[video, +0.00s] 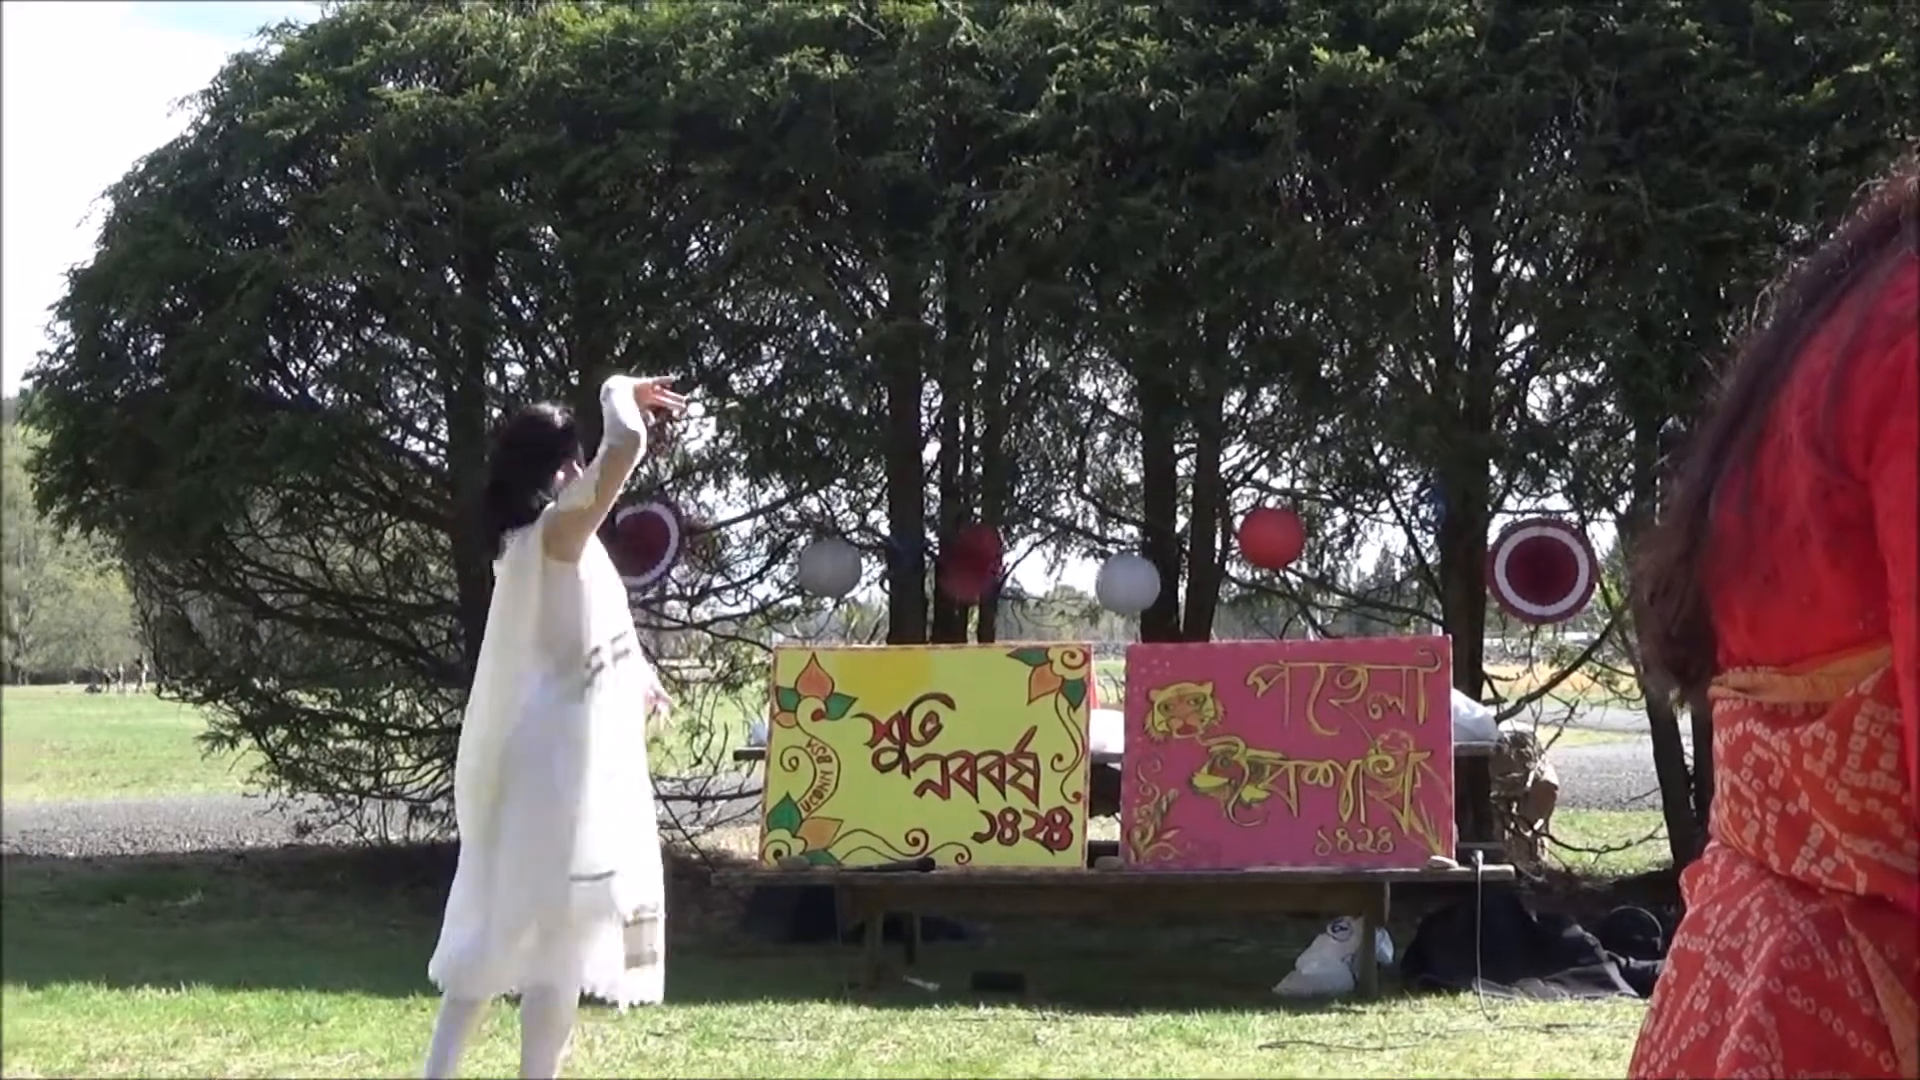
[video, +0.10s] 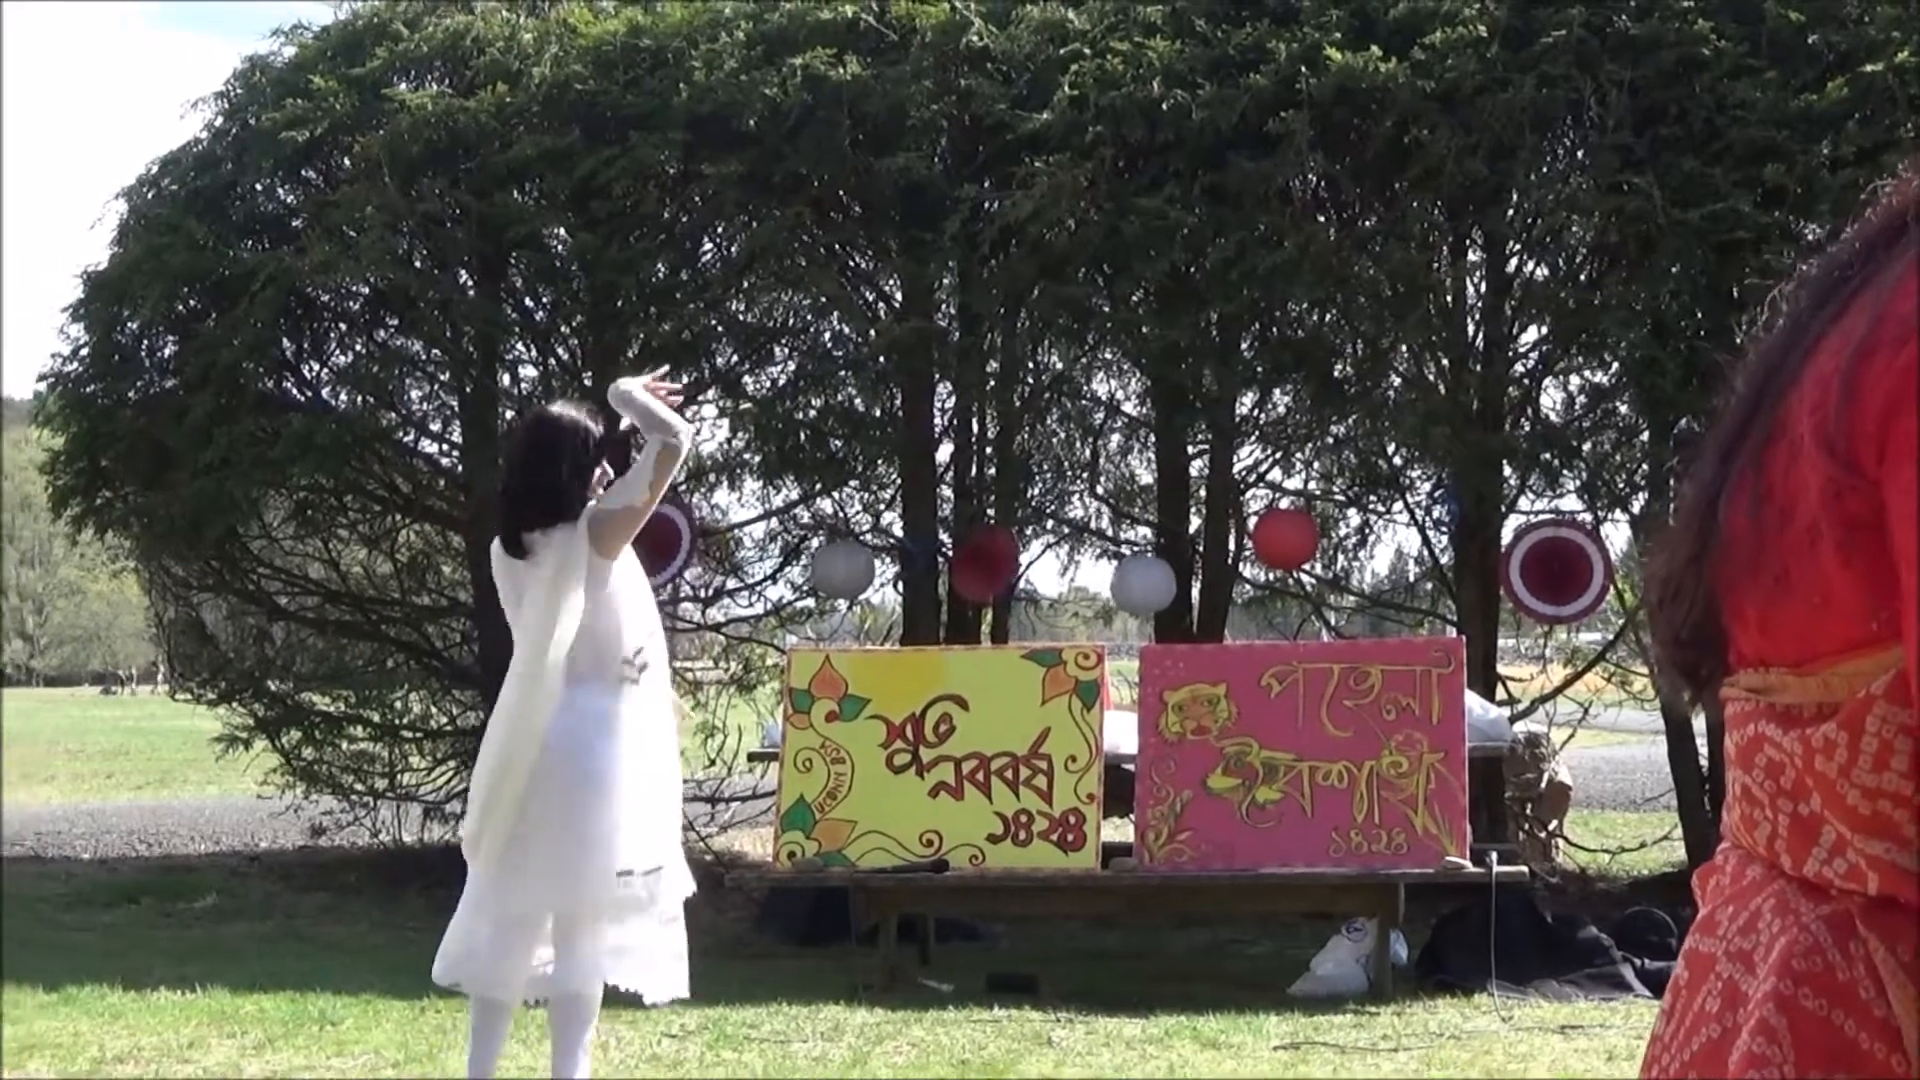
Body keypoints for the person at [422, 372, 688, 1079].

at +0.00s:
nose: (588, 473)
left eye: (586, 460)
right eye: (579, 459)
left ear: (528, 475)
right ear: (557, 472)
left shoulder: (559, 548)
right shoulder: (545, 542)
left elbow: (583, 644)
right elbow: (599, 488)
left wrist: (639, 677)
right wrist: (627, 412)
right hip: (550, 772)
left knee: (491, 934)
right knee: (558, 939)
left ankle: (438, 1067)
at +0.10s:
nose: (605, 472)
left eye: (602, 459)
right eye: (596, 458)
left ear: (524, 468)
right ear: (575, 470)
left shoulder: (507, 550)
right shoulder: (593, 538)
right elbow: (672, 445)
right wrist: (627, 395)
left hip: (531, 738)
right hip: (594, 745)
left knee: (510, 915)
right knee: (582, 922)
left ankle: (479, 1068)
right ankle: (570, 1070)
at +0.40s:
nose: (582, 464)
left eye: (593, 453)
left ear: (608, 469)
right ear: (685, 476)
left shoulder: (578, 545)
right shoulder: (704, 543)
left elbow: (533, 640)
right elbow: (731, 451)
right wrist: (653, 409)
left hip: (605, 734)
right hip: (683, 731)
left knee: (599, 909)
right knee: (689, 909)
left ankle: (618, 1069)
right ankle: (714, 1068)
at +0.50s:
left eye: (661, 458)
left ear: (666, 474)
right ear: (734, 481)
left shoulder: (631, 551)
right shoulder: (744, 553)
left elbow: (567, 645)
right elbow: (723, 466)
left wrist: (612, 687)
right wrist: (662, 407)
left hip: (642, 736)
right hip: (720, 735)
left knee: (631, 912)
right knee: (718, 911)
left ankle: (659, 1069)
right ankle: (759, 1065)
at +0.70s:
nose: (669, 478)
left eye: (677, 468)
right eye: (669, 469)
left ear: (693, 485)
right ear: (745, 486)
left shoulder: (689, 561)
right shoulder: (738, 563)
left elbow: (617, 663)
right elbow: (665, 493)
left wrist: (591, 694)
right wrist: (669, 425)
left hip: (657, 773)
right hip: (713, 774)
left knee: (634, 928)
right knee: (692, 923)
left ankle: (668, 1070)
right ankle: (790, 1047)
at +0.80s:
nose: (671, 492)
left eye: (679, 480)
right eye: (672, 480)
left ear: (716, 490)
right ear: (727, 494)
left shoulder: (700, 567)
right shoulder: (716, 557)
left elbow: (639, 673)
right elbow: (624, 491)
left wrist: (595, 708)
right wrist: (656, 427)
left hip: (667, 784)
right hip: (704, 779)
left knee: (639, 930)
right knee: (695, 929)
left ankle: (664, 1069)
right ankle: (786, 1057)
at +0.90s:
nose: (675, 485)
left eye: (685, 473)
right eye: (677, 473)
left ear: (724, 483)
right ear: (713, 485)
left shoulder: (731, 562)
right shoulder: (684, 547)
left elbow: (676, 666)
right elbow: (603, 491)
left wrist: (604, 708)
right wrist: (654, 423)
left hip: (689, 773)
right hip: (657, 767)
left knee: (657, 929)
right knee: (697, 926)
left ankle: (663, 1070)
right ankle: (768, 1063)